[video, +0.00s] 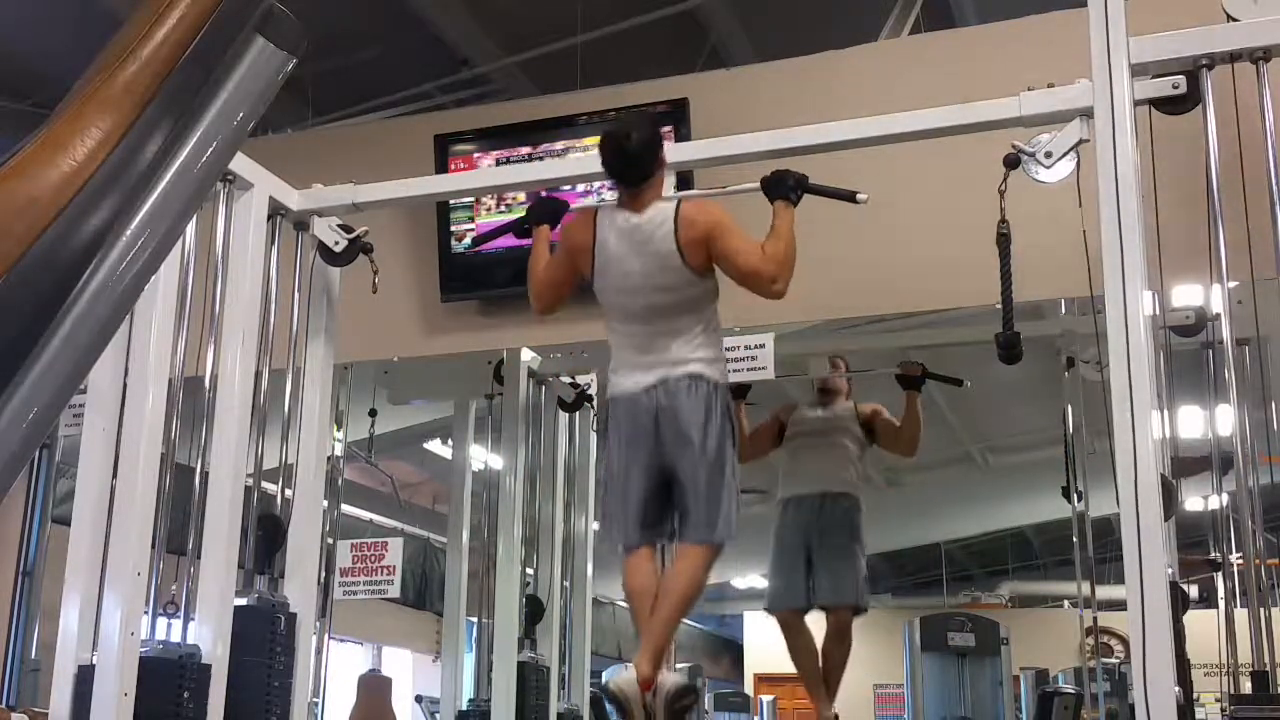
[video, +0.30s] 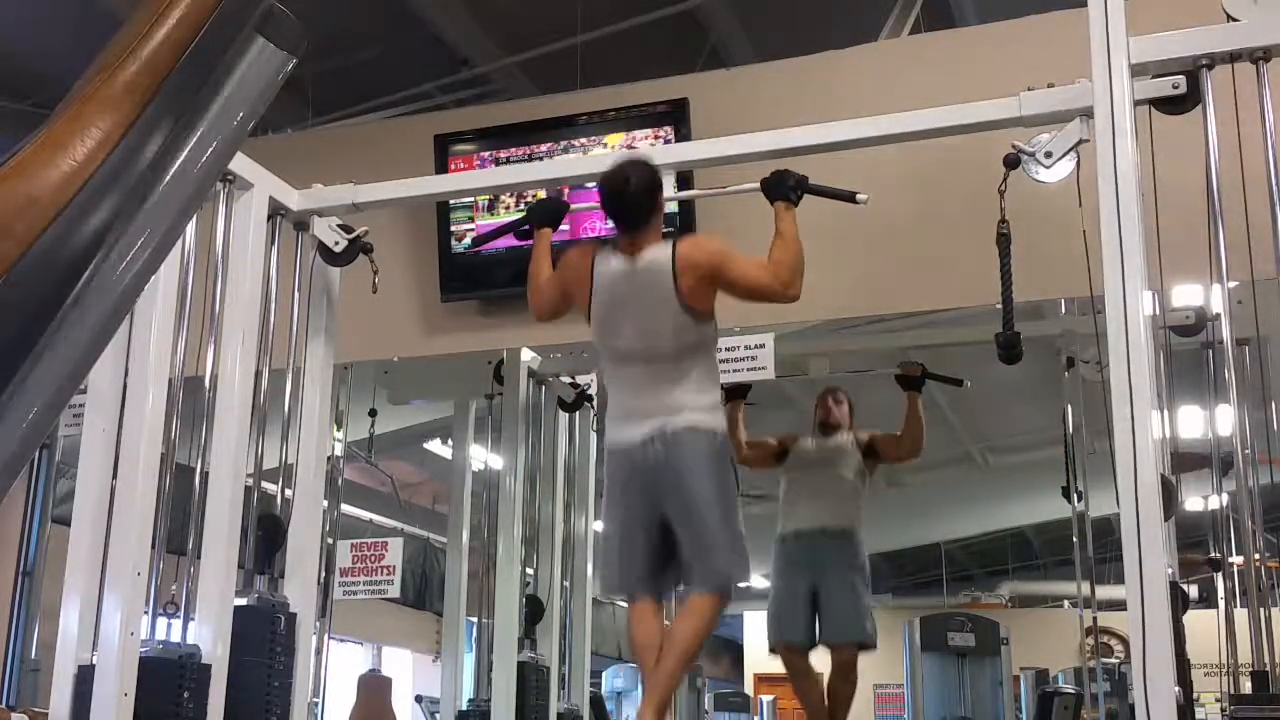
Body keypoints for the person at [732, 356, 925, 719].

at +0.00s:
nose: (830, 368)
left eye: (838, 366)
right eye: (824, 366)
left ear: (849, 382)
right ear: (813, 380)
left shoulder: (865, 413)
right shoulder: (791, 413)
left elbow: (906, 445)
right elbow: (744, 451)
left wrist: (912, 393)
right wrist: (737, 401)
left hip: (841, 509)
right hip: (793, 510)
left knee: (841, 612)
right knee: (785, 610)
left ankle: (825, 708)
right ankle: (822, 707)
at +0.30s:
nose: (828, 405)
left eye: (836, 401)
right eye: (822, 402)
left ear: (849, 414)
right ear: (814, 415)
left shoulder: (862, 443)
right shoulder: (793, 444)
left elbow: (909, 448)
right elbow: (743, 453)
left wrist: (913, 393)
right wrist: (734, 404)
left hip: (841, 548)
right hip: (792, 550)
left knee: (845, 652)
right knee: (789, 647)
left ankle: (837, 716)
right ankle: (819, 715)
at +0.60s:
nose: (826, 465)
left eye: (835, 463)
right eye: (820, 463)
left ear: (848, 476)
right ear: (812, 475)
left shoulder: (860, 498)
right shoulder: (787, 497)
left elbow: (899, 455)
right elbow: (746, 457)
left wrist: (910, 396)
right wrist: (737, 402)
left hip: (837, 609)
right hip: (787, 609)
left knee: (841, 704)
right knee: (780, 704)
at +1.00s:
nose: (828, 418)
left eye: (836, 414)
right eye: (822, 415)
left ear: (850, 426)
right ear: (813, 427)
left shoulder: (861, 454)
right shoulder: (793, 456)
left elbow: (906, 445)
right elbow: (741, 453)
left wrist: (912, 393)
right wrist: (735, 401)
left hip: (842, 556)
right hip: (792, 556)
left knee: (840, 663)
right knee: (781, 660)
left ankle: (829, 717)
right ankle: (806, 715)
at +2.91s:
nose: (829, 461)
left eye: (837, 459)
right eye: (823, 458)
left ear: (849, 472)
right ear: (813, 470)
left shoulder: (861, 497)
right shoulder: (789, 495)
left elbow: (903, 453)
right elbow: (744, 456)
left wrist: (910, 395)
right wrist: (738, 403)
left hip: (842, 609)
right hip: (790, 608)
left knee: (848, 707)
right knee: (784, 706)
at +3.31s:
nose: (827, 416)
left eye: (835, 412)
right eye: (821, 413)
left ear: (848, 425)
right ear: (813, 425)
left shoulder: (860, 454)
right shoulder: (792, 456)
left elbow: (908, 447)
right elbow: (739, 455)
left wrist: (912, 394)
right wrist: (736, 404)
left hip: (841, 558)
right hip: (791, 557)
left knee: (845, 663)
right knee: (781, 659)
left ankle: (834, 716)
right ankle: (811, 715)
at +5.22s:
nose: (827, 456)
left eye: (835, 455)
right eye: (822, 454)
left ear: (848, 468)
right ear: (812, 467)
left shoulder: (859, 493)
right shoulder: (789, 492)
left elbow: (904, 452)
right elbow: (743, 459)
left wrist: (910, 395)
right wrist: (737, 403)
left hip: (840, 608)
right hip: (789, 607)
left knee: (850, 706)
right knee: (787, 705)